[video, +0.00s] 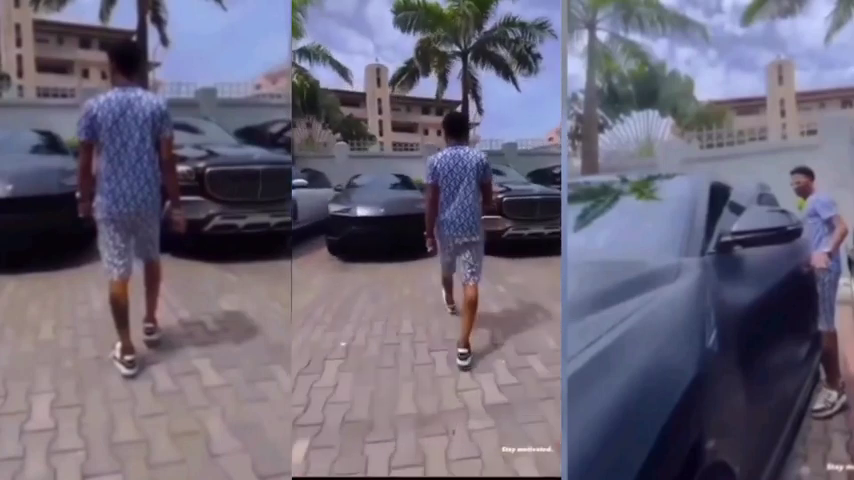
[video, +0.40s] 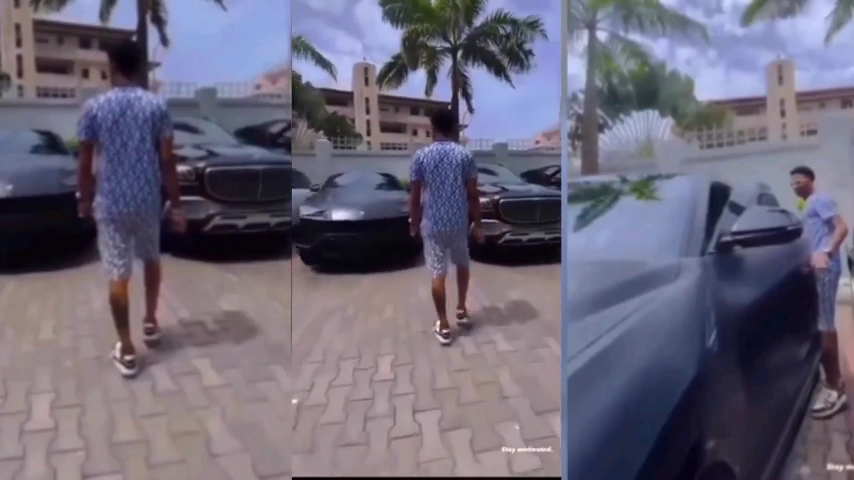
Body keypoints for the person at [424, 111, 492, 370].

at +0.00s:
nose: (447, 135)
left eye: (446, 131)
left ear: (445, 133)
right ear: (467, 132)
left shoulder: (436, 161)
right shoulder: (479, 158)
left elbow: (432, 201)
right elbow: (487, 194)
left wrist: (429, 232)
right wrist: (481, 209)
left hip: (446, 226)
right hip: (472, 226)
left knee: (447, 267)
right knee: (471, 282)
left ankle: (450, 301)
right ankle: (464, 344)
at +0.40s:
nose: (433, 131)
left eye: (432, 127)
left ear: (433, 128)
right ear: (455, 128)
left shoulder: (422, 156)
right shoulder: (464, 155)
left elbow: (415, 194)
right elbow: (472, 193)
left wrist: (414, 222)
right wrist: (477, 223)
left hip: (432, 222)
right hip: (458, 221)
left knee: (437, 272)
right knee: (462, 264)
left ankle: (442, 324)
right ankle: (461, 307)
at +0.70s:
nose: (427, 138)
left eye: (424, 134)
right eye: (439, 134)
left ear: (423, 135)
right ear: (444, 135)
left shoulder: (411, 161)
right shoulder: (452, 163)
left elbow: (402, 198)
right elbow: (458, 201)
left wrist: (400, 226)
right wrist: (465, 232)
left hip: (418, 227)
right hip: (444, 227)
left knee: (420, 279)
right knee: (444, 267)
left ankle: (427, 339)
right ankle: (439, 304)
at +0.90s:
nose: (411, 133)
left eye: (411, 129)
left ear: (411, 131)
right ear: (432, 130)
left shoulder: (400, 156)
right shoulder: (441, 158)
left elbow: (393, 194)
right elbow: (446, 195)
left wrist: (391, 225)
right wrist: (448, 224)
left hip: (407, 221)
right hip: (433, 222)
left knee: (403, 264)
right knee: (432, 268)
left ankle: (411, 307)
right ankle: (426, 316)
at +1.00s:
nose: (401, 133)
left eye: (401, 129)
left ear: (402, 130)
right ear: (424, 130)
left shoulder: (392, 156)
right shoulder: (432, 157)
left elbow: (386, 193)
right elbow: (440, 192)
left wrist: (386, 223)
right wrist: (439, 219)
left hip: (399, 223)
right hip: (425, 223)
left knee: (398, 268)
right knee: (425, 271)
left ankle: (403, 307)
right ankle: (420, 322)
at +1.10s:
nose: (394, 135)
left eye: (393, 131)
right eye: (414, 130)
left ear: (393, 132)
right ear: (415, 131)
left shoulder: (384, 158)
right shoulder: (425, 157)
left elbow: (379, 194)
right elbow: (433, 192)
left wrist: (380, 225)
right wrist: (432, 217)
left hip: (393, 224)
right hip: (418, 224)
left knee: (392, 266)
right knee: (418, 274)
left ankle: (396, 303)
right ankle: (413, 330)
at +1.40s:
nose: (361, 136)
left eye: (358, 131)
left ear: (357, 133)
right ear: (378, 132)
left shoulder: (350, 159)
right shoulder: (391, 158)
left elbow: (348, 199)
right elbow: (400, 195)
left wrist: (346, 230)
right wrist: (404, 222)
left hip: (363, 224)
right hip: (389, 223)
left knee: (367, 269)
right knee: (395, 268)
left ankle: (374, 308)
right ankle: (392, 316)